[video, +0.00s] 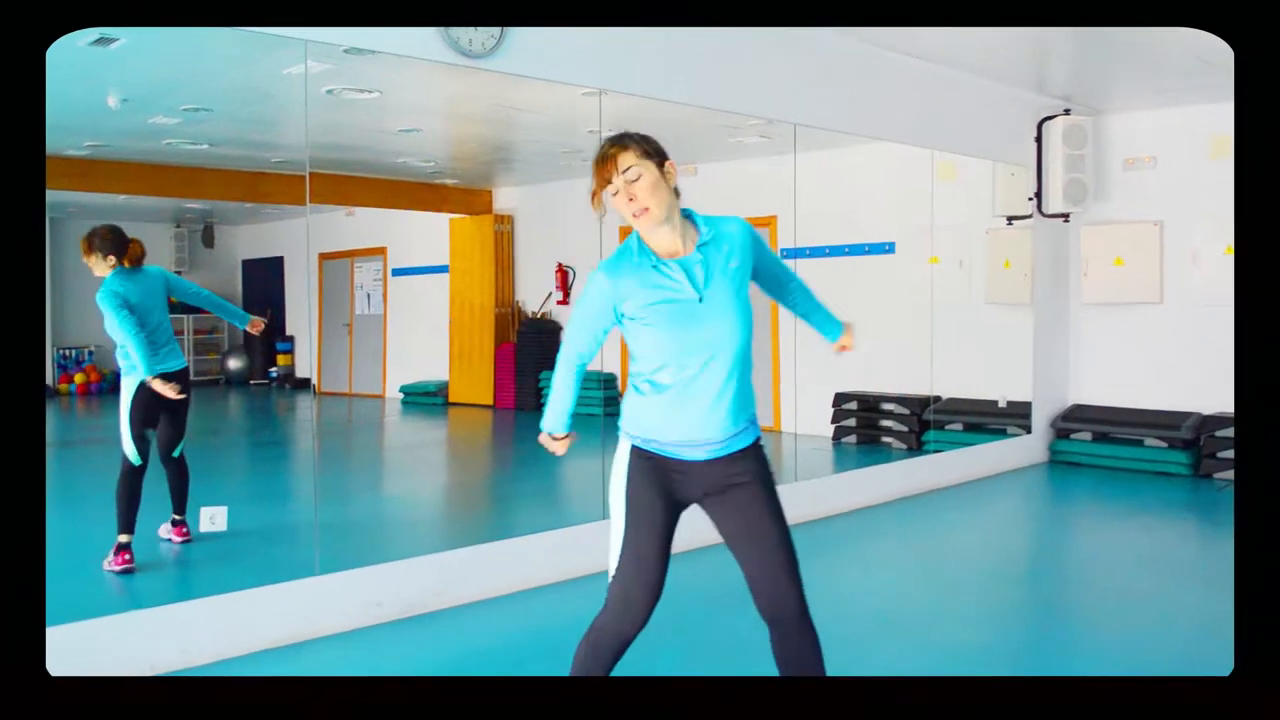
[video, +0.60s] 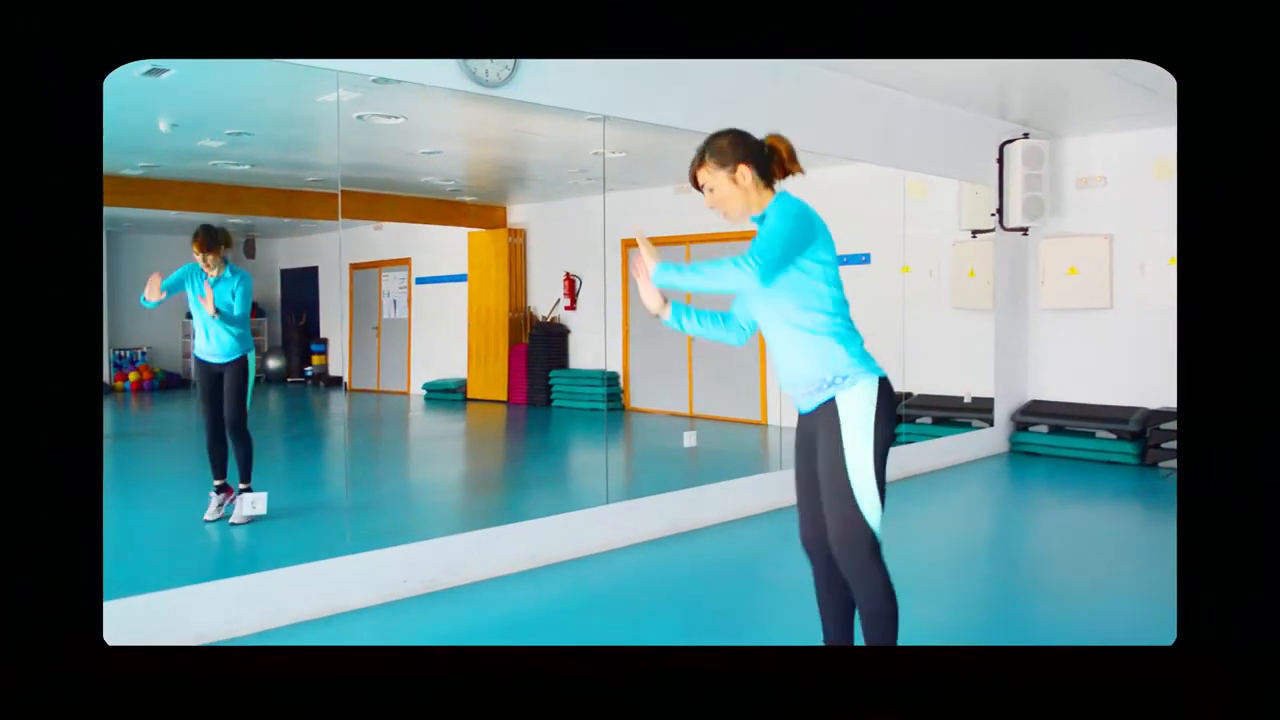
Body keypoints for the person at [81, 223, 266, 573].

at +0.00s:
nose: (88, 266)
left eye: (89, 260)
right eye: (87, 260)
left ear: (106, 258)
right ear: (120, 255)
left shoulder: (108, 292)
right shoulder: (156, 275)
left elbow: (130, 332)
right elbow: (202, 296)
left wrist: (150, 376)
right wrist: (244, 319)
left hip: (141, 380)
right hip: (177, 372)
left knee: (133, 460)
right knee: (171, 451)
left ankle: (123, 547)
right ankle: (179, 523)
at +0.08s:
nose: (102, 261)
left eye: (106, 254)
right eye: (101, 254)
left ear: (124, 254)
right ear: (134, 252)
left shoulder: (126, 287)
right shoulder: (159, 271)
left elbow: (161, 316)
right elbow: (198, 286)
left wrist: (191, 359)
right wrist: (240, 305)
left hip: (156, 375)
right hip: (185, 371)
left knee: (146, 452)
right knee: (175, 446)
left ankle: (142, 536)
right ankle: (185, 520)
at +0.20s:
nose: (135, 251)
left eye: (142, 246)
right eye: (131, 245)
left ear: (157, 248)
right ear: (128, 245)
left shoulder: (158, 277)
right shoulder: (158, 270)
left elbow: (208, 291)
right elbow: (206, 278)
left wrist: (230, 337)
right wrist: (234, 302)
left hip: (182, 365)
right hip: (175, 364)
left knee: (165, 440)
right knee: (174, 439)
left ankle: (193, 516)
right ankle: (197, 513)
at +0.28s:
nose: (151, 250)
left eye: (158, 245)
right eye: (147, 244)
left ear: (171, 247)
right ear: (141, 246)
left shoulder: (180, 277)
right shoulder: (157, 276)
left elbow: (229, 299)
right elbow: (205, 297)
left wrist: (238, 345)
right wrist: (217, 328)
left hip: (194, 364)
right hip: (176, 366)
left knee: (177, 439)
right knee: (174, 439)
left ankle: (212, 506)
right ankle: (204, 503)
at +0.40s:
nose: (176, 265)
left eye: (181, 259)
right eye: (171, 260)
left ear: (195, 261)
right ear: (166, 263)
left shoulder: (213, 296)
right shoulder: (172, 291)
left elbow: (239, 337)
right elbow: (183, 335)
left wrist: (230, 375)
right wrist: (171, 363)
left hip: (212, 383)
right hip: (183, 382)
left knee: (195, 448)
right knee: (180, 449)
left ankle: (228, 501)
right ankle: (209, 500)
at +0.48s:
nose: (189, 274)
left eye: (195, 268)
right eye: (185, 269)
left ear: (209, 267)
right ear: (181, 270)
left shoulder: (229, 302)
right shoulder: (181, 297)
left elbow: (240, 348)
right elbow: (169, 331)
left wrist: (221, 365)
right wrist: (146, 353)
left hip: (223, 384)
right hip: (191, 383)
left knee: (206, 446)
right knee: (190, 448)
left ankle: (233, 501)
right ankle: (217, 500)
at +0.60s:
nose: (205, 261)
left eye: (209, 255)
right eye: (200, 256)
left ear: (223, 250)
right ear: (195, 253)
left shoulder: (240, 279)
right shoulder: (189, 273)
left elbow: (242, 323)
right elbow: (152, 299)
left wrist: (214, 312)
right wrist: (149, 295)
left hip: (237, 358)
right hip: (205, 359)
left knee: (235, 423)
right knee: (213, 425)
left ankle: (245, 493)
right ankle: (221, 490)